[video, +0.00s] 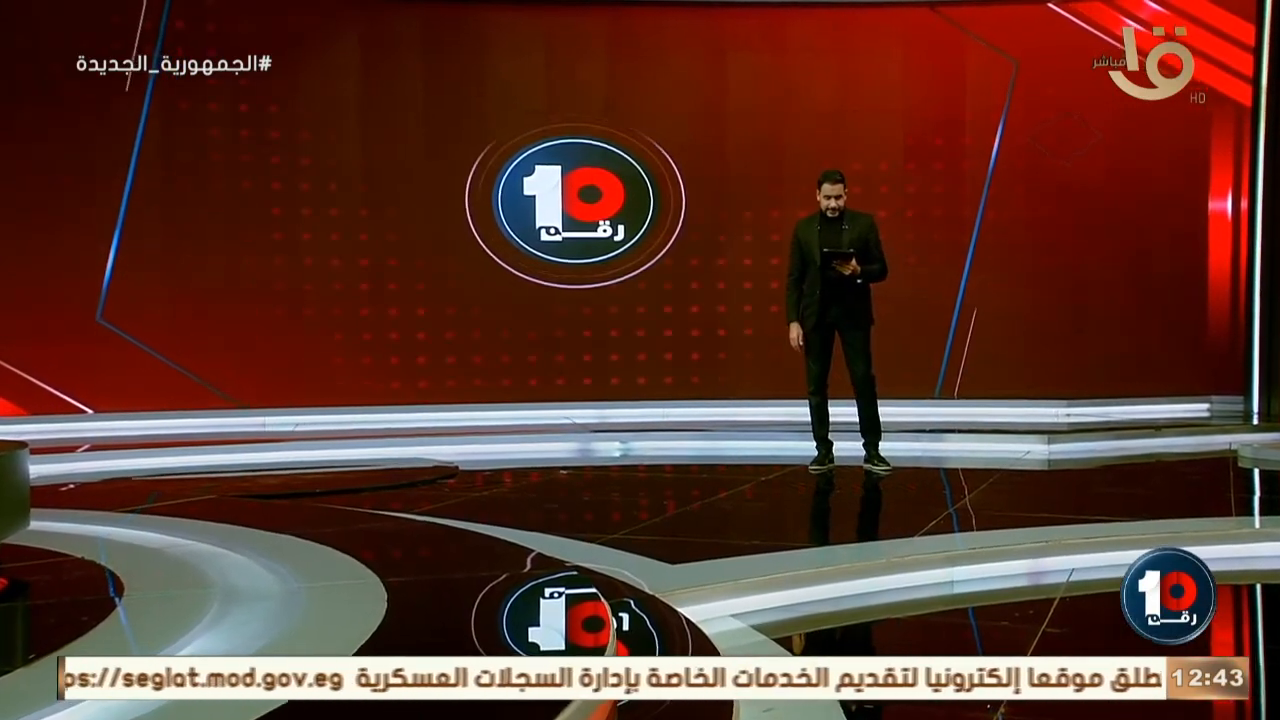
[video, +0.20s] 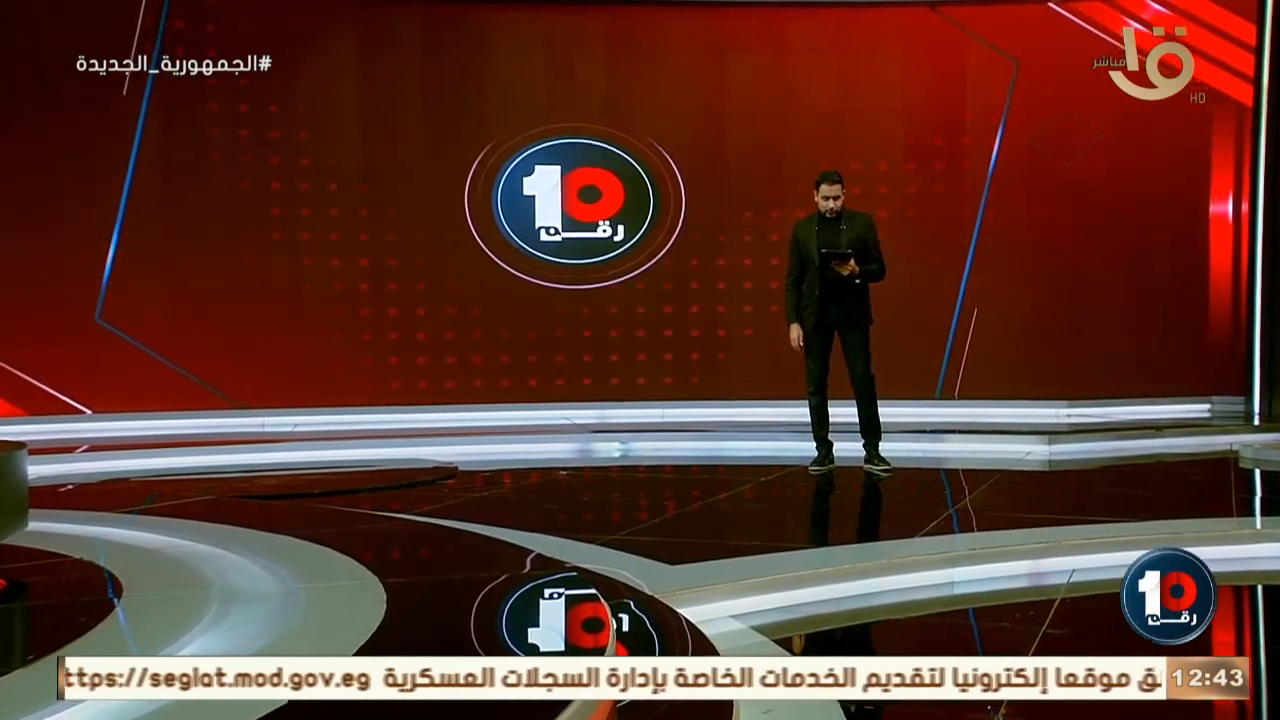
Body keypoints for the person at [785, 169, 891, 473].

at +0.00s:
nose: (833, 203)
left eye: (838, 197)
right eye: (827, 197)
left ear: (846, 195)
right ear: (818, 197)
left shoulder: (863, 224)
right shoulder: (804, 229)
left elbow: (880, 271)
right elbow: (795, 279)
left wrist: (859, 271)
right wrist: (793, 321)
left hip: (854, 317)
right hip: (816, 318)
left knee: (863, 381)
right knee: (816, 386)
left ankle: (872, 451)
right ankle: (823, 451)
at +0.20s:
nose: (831, 204)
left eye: (836, 197)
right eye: (826, 198)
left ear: (844, 195)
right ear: (815, 197)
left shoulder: (861, 224)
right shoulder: (803, 229)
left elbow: (878, 270)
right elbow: (793, 279)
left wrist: (857, 271)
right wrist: (793, 321)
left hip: (853, 317)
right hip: (816, 318)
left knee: (863, 381)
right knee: (816, 386)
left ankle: (872, 451)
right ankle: (823, 451)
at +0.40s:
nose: (831, 204)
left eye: (836, 198)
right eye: (825, 199)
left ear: (844, 195)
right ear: (815, 197)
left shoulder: (861, 224)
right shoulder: (802, 230)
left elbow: (879, 270)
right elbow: (793, 280)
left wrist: (858, 271)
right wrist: (793, 322)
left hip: (854, 317)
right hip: (816, 318)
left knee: (863, 380)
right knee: (816, 386)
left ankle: (873, 451)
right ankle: (824, 451)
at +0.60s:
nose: (834, 204)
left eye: (838, 198)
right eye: (827, 199)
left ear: (845, 196)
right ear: (817, 199)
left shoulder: (863, 224)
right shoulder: (804, 230)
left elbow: (881, 270)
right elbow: (794, 278)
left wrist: (861, 272)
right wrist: (789, 321)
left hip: (856, 317)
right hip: (818, 317)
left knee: (865, 382)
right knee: (817, 386)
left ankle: (873, 452)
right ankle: (824, 452)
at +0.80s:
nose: (841, 204)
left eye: (846, 197)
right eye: (835, 198)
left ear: (852, 196)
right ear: (824, 196)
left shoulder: (868, 224)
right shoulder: (809, 229)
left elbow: (885, 270)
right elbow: (795, 276)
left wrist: (867, 272)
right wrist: (786, 317)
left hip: (859, 318)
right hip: (822, 318)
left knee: (867, 382)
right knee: (819, 387)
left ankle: (873, 454)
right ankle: (824, 453)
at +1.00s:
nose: (850, 202)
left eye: (855, 196)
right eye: (844, 196)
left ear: (862, 195)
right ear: (832, 194)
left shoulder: (875, 225)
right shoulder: (815, 227)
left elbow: (890, 272)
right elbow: (800, 267)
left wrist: (872, 272)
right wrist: (788, 302)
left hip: (863, 318)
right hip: (825, 318)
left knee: (870, 385)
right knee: (822, 387)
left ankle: (874, 455)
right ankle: (824, 454)